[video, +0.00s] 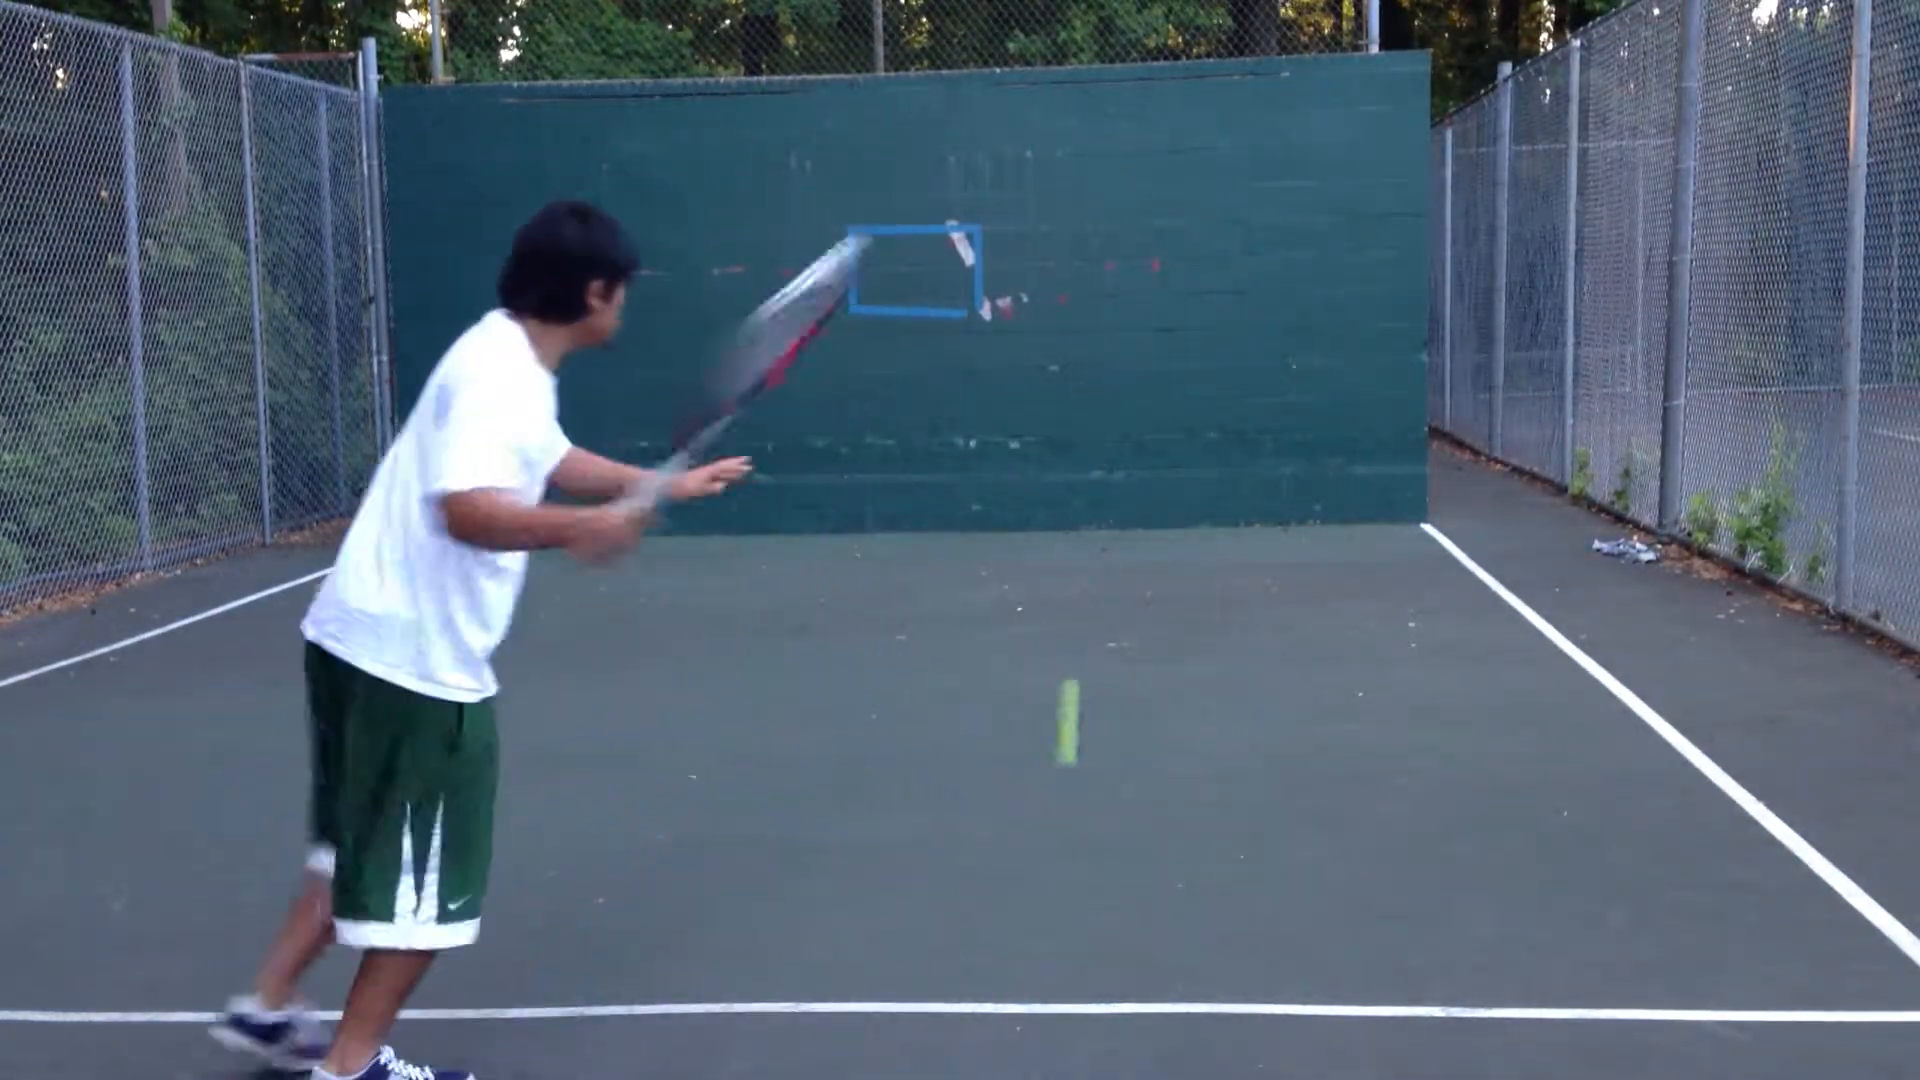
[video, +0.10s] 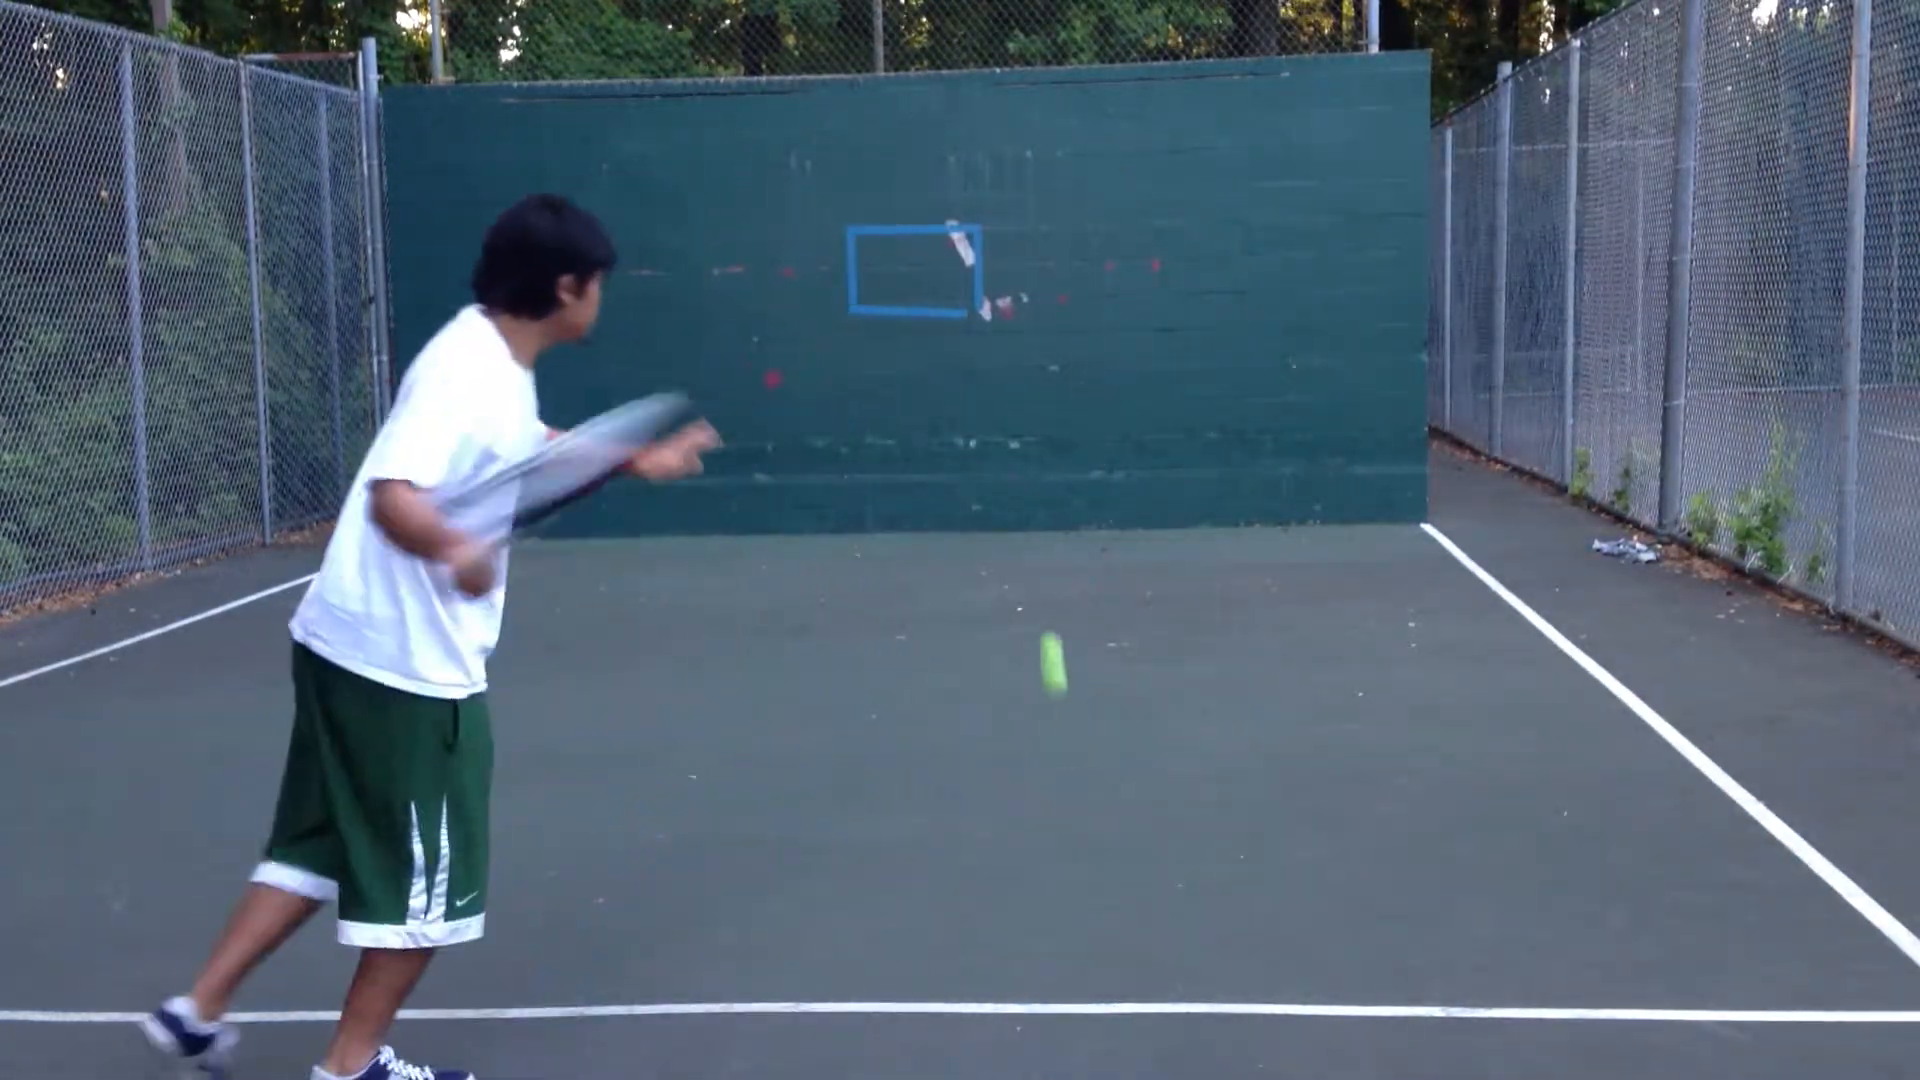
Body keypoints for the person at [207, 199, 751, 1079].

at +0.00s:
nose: (621, 306)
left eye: (622, 290)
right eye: (618, 290)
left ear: (545, 287)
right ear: (589, 297)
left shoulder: (507, 358)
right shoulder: (499, 373)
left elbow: (549, 462)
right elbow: (467, 510)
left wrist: (663, 482)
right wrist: (582, 526)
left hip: (366, 638)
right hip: (415, 663)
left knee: (357, 850)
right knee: (426, 896)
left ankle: (267, 1003)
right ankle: (351, 1063)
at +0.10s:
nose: (598, 300)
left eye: (597, 283)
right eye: (594, 284)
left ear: (516, 280)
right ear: (563, 293)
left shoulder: (489, 356)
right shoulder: (466, 369)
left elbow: (525, 462)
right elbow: (392, 495)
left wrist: (632, 458)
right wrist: (454, 548)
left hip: (349, 638)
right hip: (405, 662)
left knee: (317, 847)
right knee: (426, 884)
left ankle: (197, 1010)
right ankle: (352, 1061)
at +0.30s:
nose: (556, 263)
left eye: (554, 246)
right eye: (549, 248)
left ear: (468, 250)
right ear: (507, 259)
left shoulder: (413, 312)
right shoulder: (454, 355)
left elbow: (440, 388)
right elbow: (412, 492)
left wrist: (528, 357)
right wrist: (456, 582)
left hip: (326, 644)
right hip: (416, 670)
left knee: (257, 843)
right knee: (417, 884)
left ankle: (167, 1036)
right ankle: (353, 1059)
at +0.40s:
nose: (534, 232)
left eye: (530, 214)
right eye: (522, 215)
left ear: (440, 222)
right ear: (473, 224)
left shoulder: (365, 282)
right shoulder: (456, 326)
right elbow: (514, 474)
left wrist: (551, 477)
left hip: (303, 596)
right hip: (409, 627)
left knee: (238, 806)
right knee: (417, 850)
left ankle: (156, 1012)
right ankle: (359, 1053)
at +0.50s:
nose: (500, 207)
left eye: (498, 188)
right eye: (491, 190)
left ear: (402, 187)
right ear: (445, 193)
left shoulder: (324, 262)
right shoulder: (455, 291)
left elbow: (290, 347)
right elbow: (569, 383)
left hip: (303, 578)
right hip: (416, 602)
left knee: (243, 788)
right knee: (412, 830)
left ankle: (170, 989)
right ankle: (374, 1039)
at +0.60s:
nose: (475, 196)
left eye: (473, 180)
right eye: (468, 181)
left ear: (368, 179)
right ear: (433, 186)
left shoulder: (297, 265)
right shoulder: (462, 262)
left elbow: (254, 359)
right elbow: (562, 321)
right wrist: (593, 274)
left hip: (304, 575)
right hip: (420, 581)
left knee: (262, 780)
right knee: (424, 816)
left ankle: (210, 980)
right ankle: (389, 1032)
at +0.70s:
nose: (452, 208)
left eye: (451, 193)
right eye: (447, 194)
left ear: (342, 197)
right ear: (425, 202)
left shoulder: (278, 296)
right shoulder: (446, 273)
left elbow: (242, 408)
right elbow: (529, 302)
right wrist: (446, 243)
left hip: (303, 590)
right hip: (416, 587)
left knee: (288, 787)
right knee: (434, 814)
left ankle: (265, 981)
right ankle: (389, 1034)